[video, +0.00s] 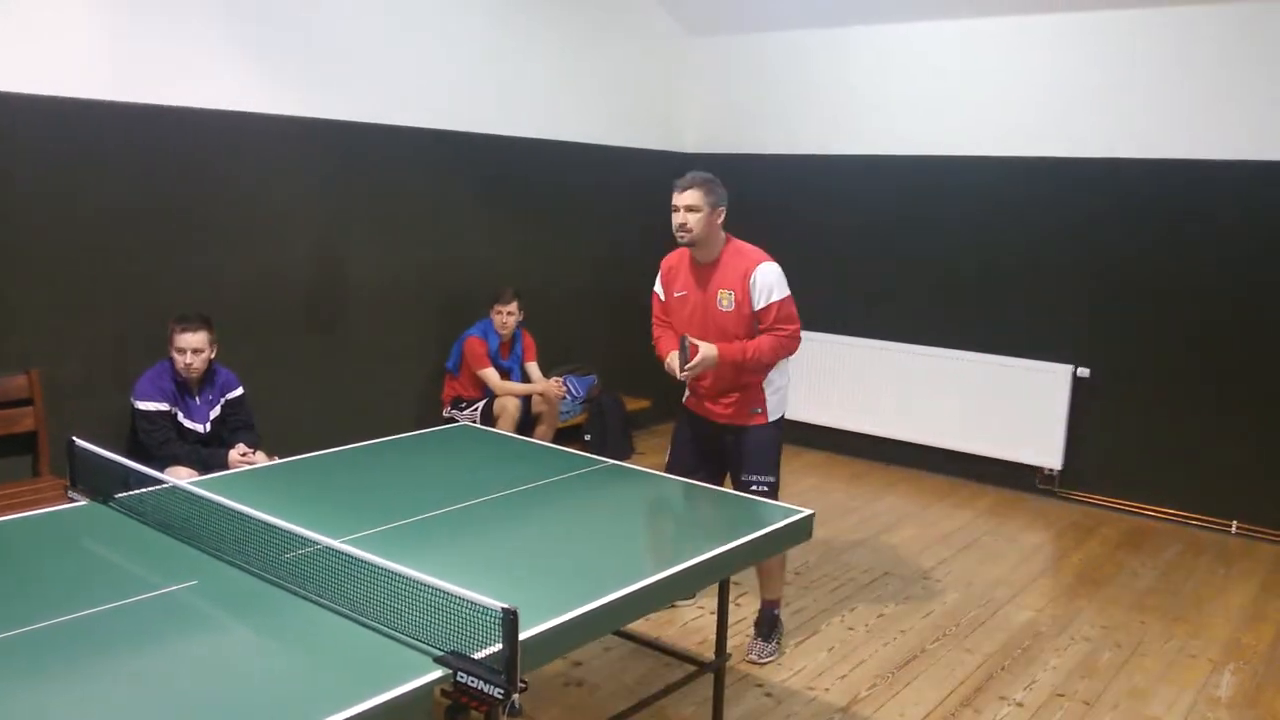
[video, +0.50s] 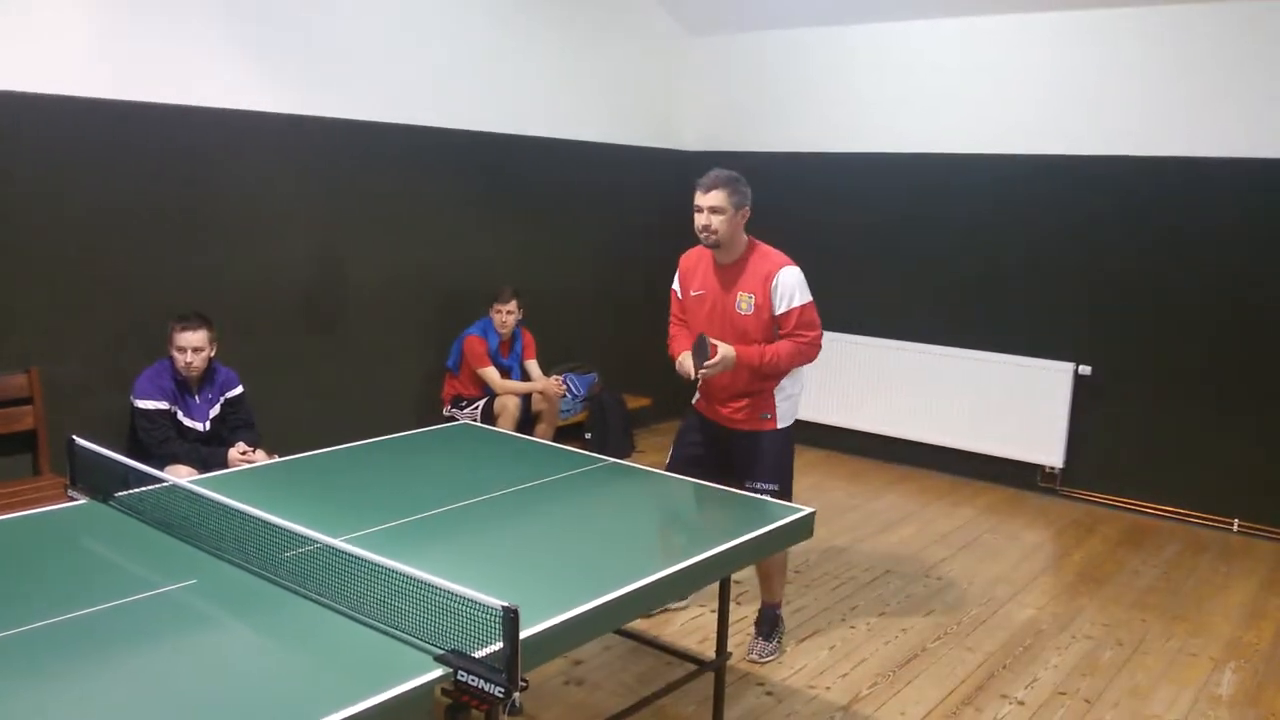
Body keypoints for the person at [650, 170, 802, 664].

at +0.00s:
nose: (678, 219)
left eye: (689, 211)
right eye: (675, 210)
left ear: (719, 215)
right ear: (673, 214)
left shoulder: (758, 268)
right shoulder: (671, 267)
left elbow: (787, 337)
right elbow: (662, 327)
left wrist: (722, 354)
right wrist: (673, 355)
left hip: (754, 416)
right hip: (697, 410)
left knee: (760, 515)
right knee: (677, 501)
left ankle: (769, 616)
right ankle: (676, 575)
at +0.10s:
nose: (684, 217)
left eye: (695, 209)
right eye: (680, 208)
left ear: (725, 213)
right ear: (678, 212)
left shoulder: (764, 268)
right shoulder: (676, 264)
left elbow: (792, 336)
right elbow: (666, 323)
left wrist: (727, 353)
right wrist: (676, 352)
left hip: (755, 417)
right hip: (699, 411)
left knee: (761, 516)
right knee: (681, 502)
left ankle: (771, 617)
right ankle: (678, 577)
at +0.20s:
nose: (690, 214)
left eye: (701, 206)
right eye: (685, 206)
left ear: (730, 211)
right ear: (682, 211)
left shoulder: (768, 268)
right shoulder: (679, 262)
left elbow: (794, 338)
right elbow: (666, 320)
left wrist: (728, 352)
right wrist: (676, 350)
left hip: (756, 418)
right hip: (699, 411)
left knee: (760, 517)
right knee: (679, 503)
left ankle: (769, 617)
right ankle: (674, 578)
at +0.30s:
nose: (698, 216)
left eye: (709, 208)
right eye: (694, 207)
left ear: (739, 213)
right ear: (692, 211)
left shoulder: (775, 271)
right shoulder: (687, 261)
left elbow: (801, 342)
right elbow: (672, 320)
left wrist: (733, 352)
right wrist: (681, 349)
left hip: (760, 418)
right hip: (704, 411)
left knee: (763, 519)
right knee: (681, 502)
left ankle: (770, 618)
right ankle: (678, 576)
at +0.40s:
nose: (703, 220)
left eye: (715, 212)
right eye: (698, 211)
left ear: (743, 216)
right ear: (694, 214)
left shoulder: (779, 275)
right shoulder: (690, 264)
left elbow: (805, 345)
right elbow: (676, 323)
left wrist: (737, 356)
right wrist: (683, 352)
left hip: (761, 421)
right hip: (704, 412)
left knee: (761, 519)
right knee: (674, 497)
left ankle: (769, 616)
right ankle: (683, 572)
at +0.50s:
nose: (704, 221)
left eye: (715, 212)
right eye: (698, 211)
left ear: (744, 215)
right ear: (694, 213)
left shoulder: (779, 273)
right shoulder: (691, 263)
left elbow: (807, 343)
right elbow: (678, 326)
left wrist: (739, 356)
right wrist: (684, 354)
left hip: (762, 423)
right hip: (704, 414)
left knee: (767, 523)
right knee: (674, 500)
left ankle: (769, 618)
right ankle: (674, 580)